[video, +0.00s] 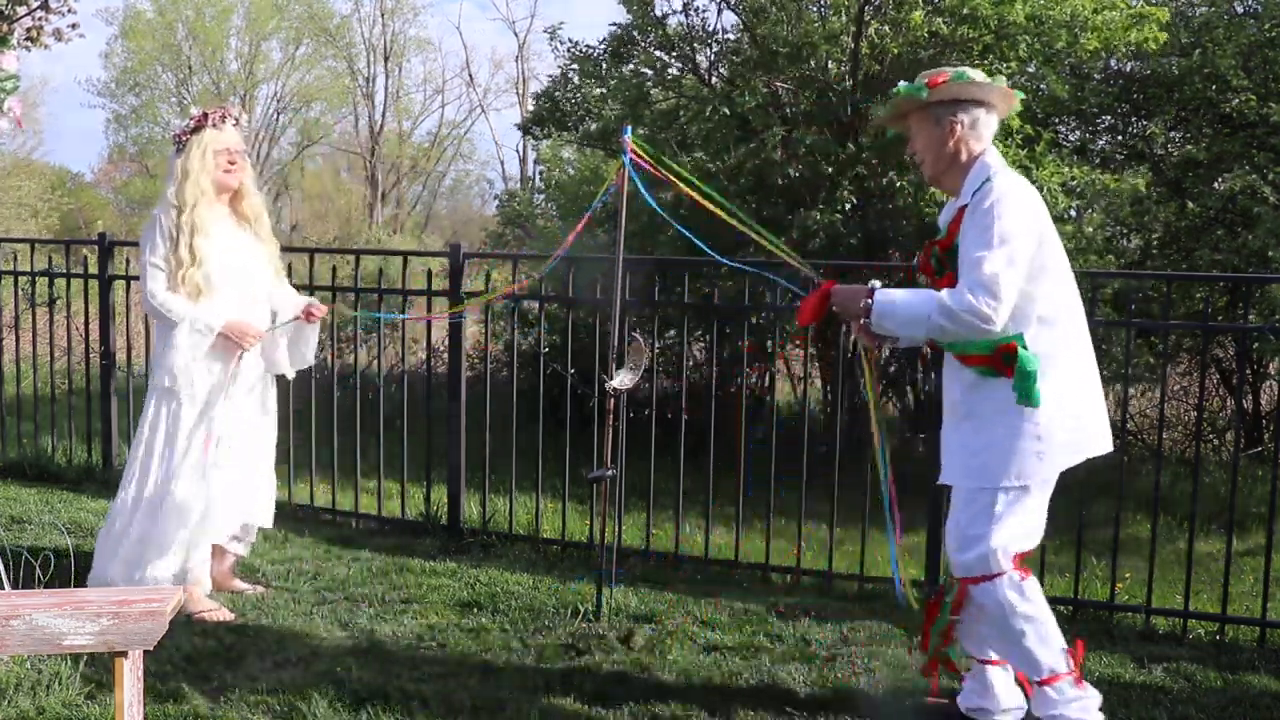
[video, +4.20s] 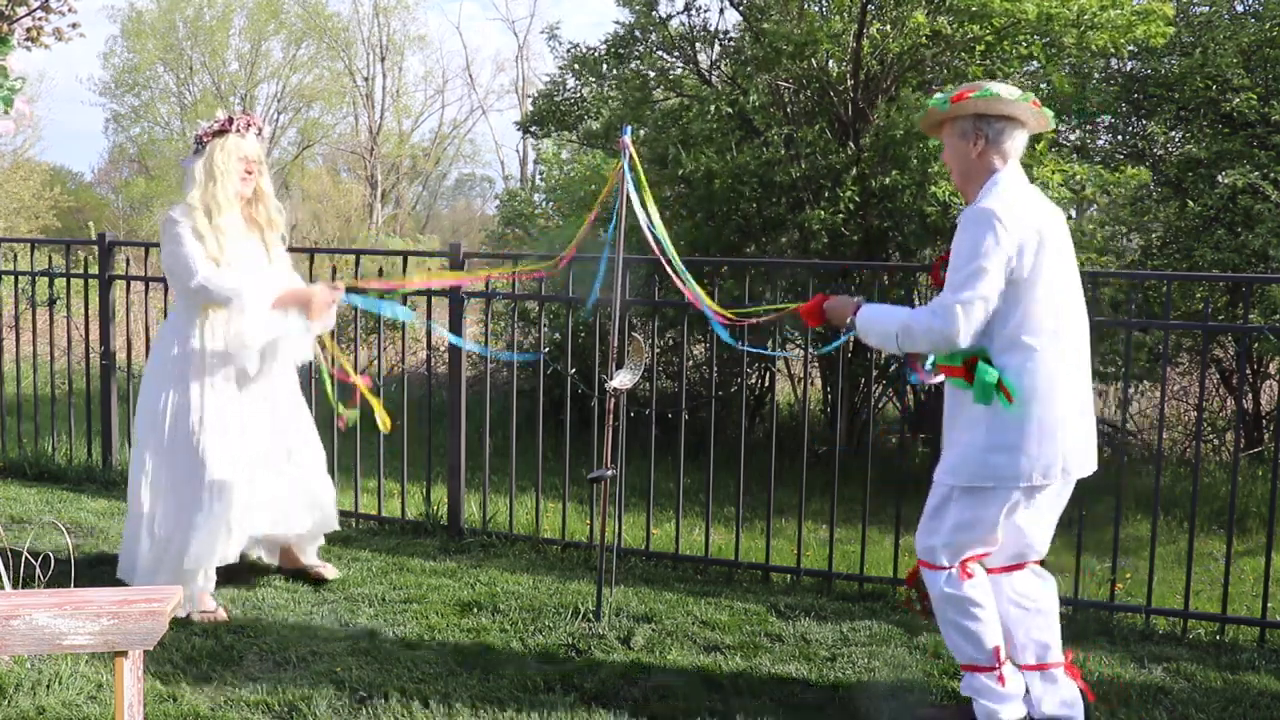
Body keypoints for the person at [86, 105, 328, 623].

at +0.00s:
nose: (234, 160)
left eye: (240, 153)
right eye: (222, 152)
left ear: (248, 162)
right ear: (196, 160)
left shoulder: (250, 222)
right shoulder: (171, 218)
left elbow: (270, 286)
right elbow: (155, 294)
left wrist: (297, 306)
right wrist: (220, 323)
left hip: (248, 365)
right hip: (195, 367)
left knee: (242, 464)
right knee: (194, 470)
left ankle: (222, 570)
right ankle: (192, 587)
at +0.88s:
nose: (226, 162)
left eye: (231, 154)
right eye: (215, 154)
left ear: (237, 162)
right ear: (188, 161)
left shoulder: (239, 224)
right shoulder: (163, 218)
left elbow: (256, 306)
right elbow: (193, 289)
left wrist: (296, 315)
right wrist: (273, 299)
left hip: (237, 367)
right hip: (188, 368)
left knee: (233, 467)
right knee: (188, 471)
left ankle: (221, 568)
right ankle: (179, 584)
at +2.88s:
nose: (241, 163)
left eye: (243, 155)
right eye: (230, 155)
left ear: (244, 161)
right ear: (202, 163)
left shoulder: (244, 218)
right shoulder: (179, 216)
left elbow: (268, 293)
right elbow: (222, 268)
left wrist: (331, 277)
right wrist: (302, 256)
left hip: (242, 358)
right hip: (201, 359)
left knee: (233, 467)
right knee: (203, 467)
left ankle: (211, 587)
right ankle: (188, 591)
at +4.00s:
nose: (248, 165)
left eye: (256, 157)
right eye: (238, 156)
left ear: (263, 164)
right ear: (212, 161)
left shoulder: (272, 211)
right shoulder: (183, 207)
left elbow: (300, 278)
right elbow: (192, 251)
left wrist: (315, 249)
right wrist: (263, 230)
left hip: (262, 342)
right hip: (200, 346)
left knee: (273, 435)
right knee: (195, 456)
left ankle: (266, 539)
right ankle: (186, 577)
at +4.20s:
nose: (250, 168)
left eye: (257, 160)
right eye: (239, 159)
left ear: (263, 169)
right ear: (212, 166)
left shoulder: (261, 227)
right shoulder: (182, 223)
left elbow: (283, 290)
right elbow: (204, 283)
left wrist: (314, 306)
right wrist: (285, 296)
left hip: (259, 356)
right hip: (201, 360)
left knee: (284, 449)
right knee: (206, 467)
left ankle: (291, 546)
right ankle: (195, 584)